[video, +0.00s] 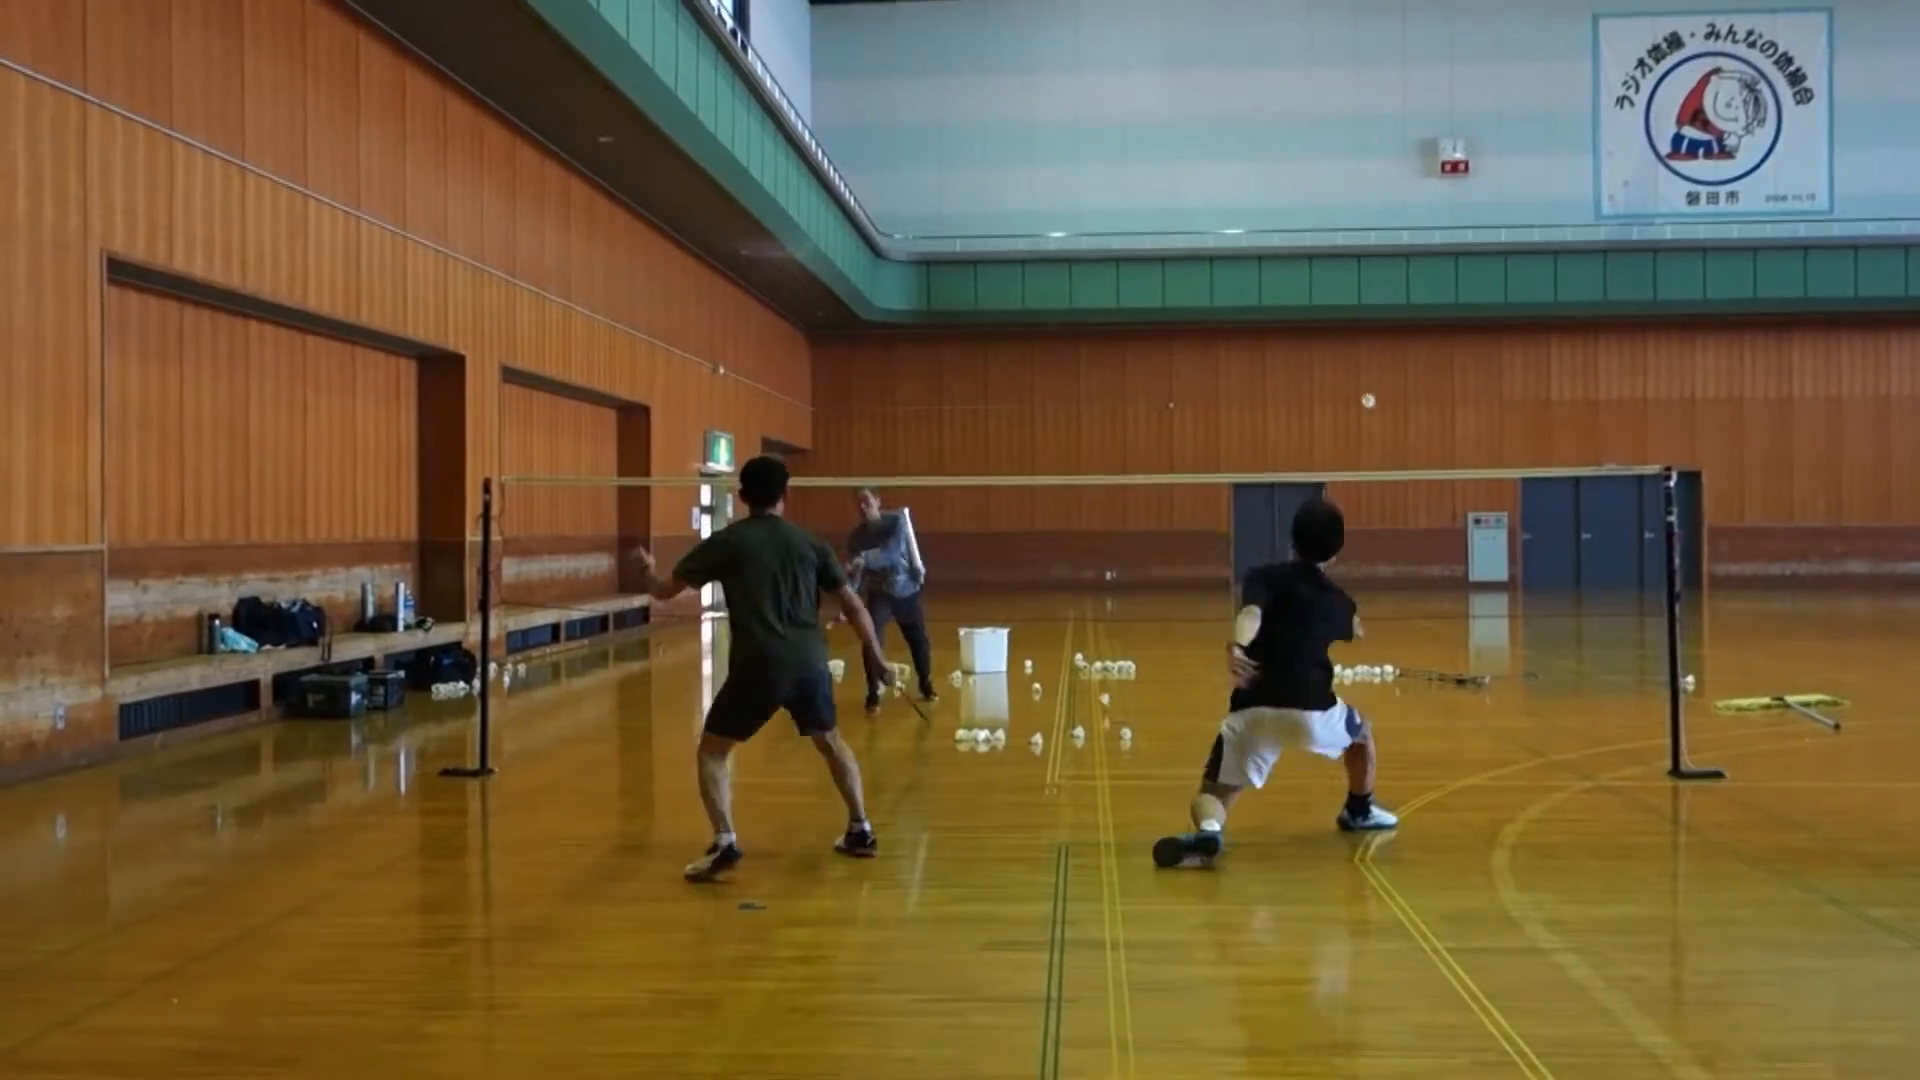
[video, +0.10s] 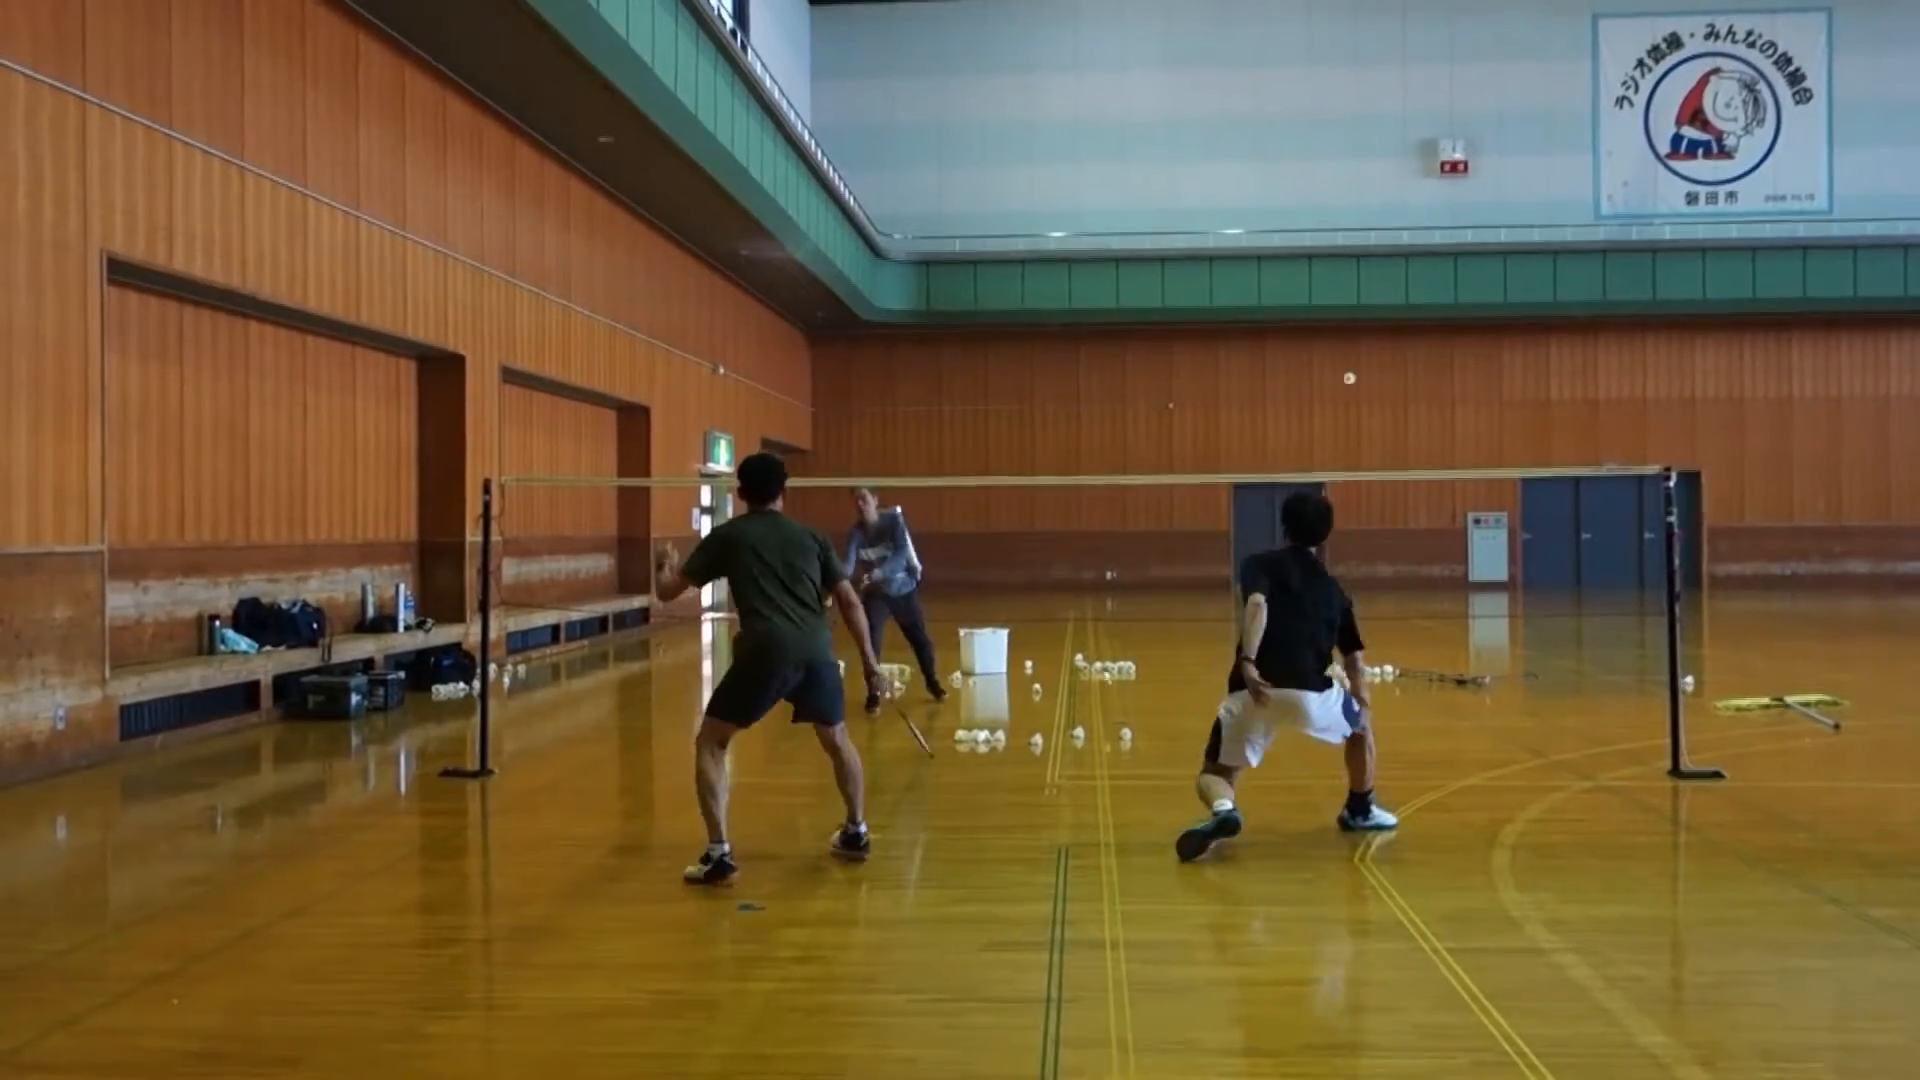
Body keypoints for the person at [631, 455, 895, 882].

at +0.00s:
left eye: (743, 490)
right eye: (783, 490)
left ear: (742, 495)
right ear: (784, 495)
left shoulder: (728, 542)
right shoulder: (809, 543)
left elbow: (666, 589)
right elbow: (851, 602)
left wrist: (647, 571)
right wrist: (874, 653)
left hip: (757, 668)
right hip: (811, 665)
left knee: (713, 750)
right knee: (831, 740)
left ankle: (724, 841)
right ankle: (861, 826)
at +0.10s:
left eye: (740, 487)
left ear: (741, 492)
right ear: (783, 492)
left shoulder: (729, 536)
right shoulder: (810, 538)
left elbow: (667, 591)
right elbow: (849, 600)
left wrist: (662, 563)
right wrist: (871, 664)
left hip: (763, 657)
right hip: (818, 656)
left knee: (711, 742)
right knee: (837, 739)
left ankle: (718, 850)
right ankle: (857, 829)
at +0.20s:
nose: (745, 495)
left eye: (745, 488)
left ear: (746, 493)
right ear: (789, 494)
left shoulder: (734, 534)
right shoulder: (816, 536)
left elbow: (683, 596)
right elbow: (853, 605)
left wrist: (673, 606)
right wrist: (868, 667)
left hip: (771, 655)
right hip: (827, 654)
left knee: (711, 745)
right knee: (842, 740)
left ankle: (700, 857)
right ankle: (880, 835)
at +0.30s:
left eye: (747, 498)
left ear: (750, 504)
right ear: (795, 504)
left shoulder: (736, 550)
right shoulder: (820, 554)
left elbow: (684, 614)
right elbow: (859, 619)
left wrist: (675, 624)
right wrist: (877, 680)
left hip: (773, 682)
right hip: (830, 679)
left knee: (697, 761)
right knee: (848, 757)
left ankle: (721, 859)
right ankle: (890, 846)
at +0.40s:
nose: (780, 496)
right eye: (779, 489)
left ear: (729, 498)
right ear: (775, 496)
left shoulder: (711, 550)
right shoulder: (804, 545)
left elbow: (674, 618)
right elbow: (832, 601)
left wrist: (670, 607)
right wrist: (859, 668)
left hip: (746, 686)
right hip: (804, 678)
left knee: (721, 801)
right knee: (842, 767)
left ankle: (775, 892)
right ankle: (875, 847)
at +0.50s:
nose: (764, 482)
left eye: (759, 474)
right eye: (760, 475)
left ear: (711, 497)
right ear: (754, 487)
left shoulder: (699, 552)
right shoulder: (784, 539)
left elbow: (667, 631)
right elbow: (795, 603)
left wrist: (698, 666)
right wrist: (827, 673)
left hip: (708, 679)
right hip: (771, 675)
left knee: (740, 785)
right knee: (814, 774)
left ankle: (754, 897)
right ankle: (828, 887)